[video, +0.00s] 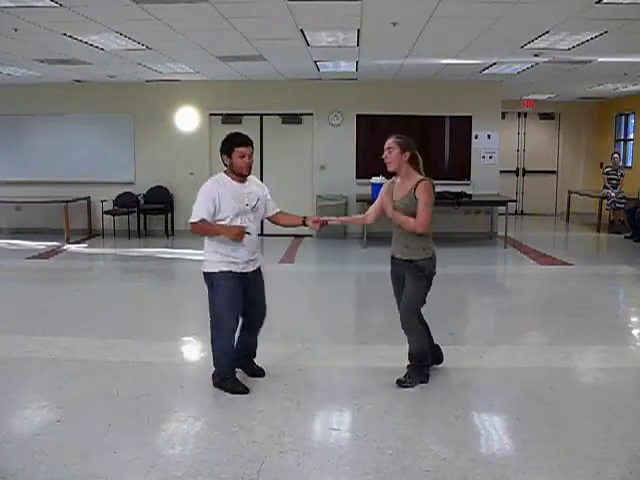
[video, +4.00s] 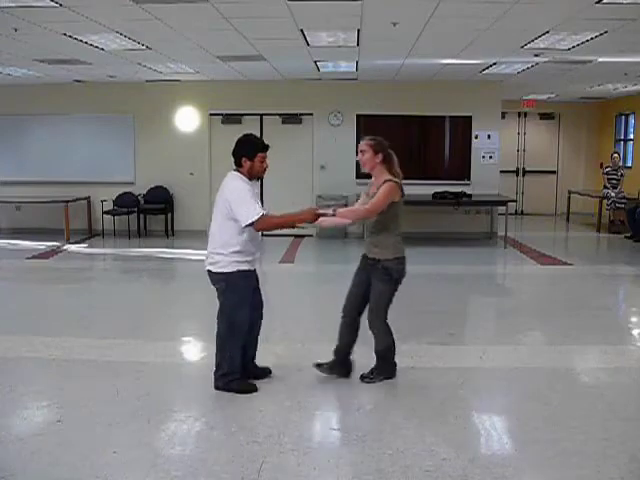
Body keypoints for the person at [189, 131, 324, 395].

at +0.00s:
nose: (248, 160)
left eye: (250, 155)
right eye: (242, 156)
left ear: (252, 157)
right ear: (226, 158)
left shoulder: (257, 187)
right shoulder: (212, 187)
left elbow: (275, 216)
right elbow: (197, 225)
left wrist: (306, 220)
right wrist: (225, 231)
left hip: (250, 266)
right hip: (221, 268)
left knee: (256, 314)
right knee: (225, 321)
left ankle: (244, 358)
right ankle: (223, 375)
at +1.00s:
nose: (273, 159)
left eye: (275, 154)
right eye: (266, 154)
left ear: (276, 155)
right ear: (251, 157)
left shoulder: (260, 182)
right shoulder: (248, 183)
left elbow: (265, 218)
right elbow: (260, 222)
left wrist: (294, 207)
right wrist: (294, 210)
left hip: (262, 265)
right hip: (250, 266)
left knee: (266, 320)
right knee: (259, 322)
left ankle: (261, 370)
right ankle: (249, 382)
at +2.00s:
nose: (218, 162)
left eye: (222, 156)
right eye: (211, 157)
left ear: (226, 156)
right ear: (198, 159)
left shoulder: (234, 189)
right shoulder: (181, 189)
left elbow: (259, 216)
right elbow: (155, 219)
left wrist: (293, 213)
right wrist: (146, 249)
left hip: (221, 271)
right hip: (191, 272)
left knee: (212, 325)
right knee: (200, 327)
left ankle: (213, 370)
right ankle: (202, 379)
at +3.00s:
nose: (268, 162)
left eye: (271, 157)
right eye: (262, 157)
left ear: (273, 157)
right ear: (246, 157)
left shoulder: (253, 183)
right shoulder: (244, 187)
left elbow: (264, 214)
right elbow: (263, 226)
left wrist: (289, 200)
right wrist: (295, 206)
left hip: (248, 267)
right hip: (242, 269)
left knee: (244, 321)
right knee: (259, 323)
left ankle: (244, 373)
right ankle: (233, 377)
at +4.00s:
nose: (266, 165)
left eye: (266, 159)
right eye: (262, 160)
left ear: (249, 161)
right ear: (245, 162)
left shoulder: (246, 184)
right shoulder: (236, 185)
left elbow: (260, 219)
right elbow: (259, 223)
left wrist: (295, 219)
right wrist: (299, 218)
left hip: (243, 264)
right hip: (229, 266)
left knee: (252, 314)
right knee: (234, 320)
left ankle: (246, 365)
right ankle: (227, 377)